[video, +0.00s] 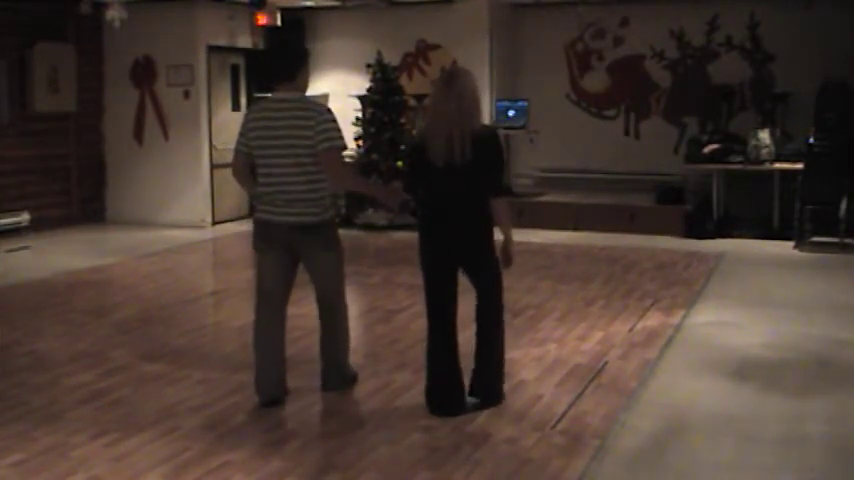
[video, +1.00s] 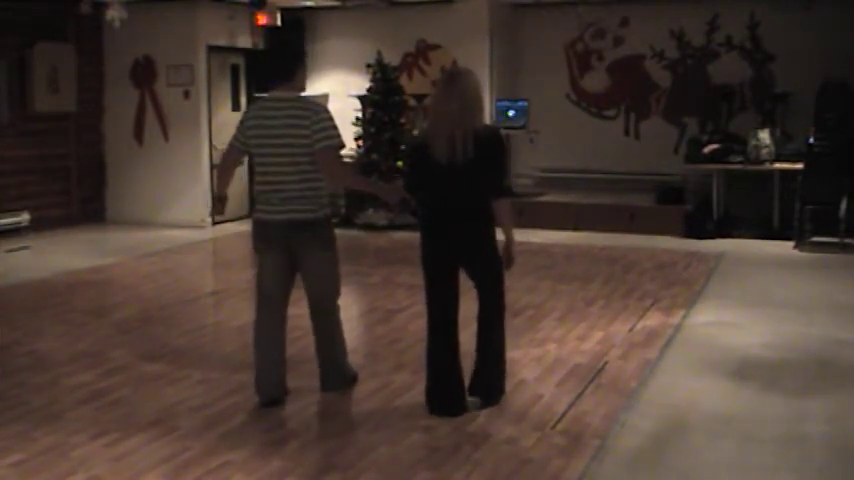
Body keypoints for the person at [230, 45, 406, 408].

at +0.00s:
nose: (307, 72)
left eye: (302, 65)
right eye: (305, 66)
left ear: (270, 70)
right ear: (303, 69)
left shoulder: (256, 113)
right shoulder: (317, 113)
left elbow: (240, 167)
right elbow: (336, 172)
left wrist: (263, 195)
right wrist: (379, 192)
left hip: (270, 226)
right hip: (314, 225)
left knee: (269, 305)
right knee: (331, 300)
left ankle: (269, 389)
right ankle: (335, 374)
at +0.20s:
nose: (307, 72)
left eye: (304, 65)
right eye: (306, 66)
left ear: (269, 69)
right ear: (302, 68)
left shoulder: (255, 113)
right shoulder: (315, 112)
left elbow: (239, 167)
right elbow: (333, 170)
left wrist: (255, 199)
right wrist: (377, 189)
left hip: (270, 225)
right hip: (313, 224)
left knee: (269, 306)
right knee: (327, 301)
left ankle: (269, 388)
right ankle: (334, 375)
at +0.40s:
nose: (306, 72)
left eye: (302, 65)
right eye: (304, 66)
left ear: (269, 70)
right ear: (300, 69)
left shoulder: (255, 112)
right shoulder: (313, 112)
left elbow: (233, 164)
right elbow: (333, 171)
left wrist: (242, 196)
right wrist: (377, 187)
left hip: (268, 225)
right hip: (311, 224)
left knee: (268, 305)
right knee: (324, 302)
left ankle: (269, 388)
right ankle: (334, 374)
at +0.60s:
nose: (305, 72)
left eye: (302, 65)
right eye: (303, 66)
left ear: (268, 71)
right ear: (299, 69)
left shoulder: (255, 112)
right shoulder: (313, 112)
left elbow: (233, 163)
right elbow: (333, 172)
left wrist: (232, 199)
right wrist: (378, 187)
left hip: (268, 224)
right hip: (311, 223)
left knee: (268, 304)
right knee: (324, 302)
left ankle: (269, 388)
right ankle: (335, 375)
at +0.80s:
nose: (305, 72)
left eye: (301, 65)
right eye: (303, 66)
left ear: (268, 70)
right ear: (299, 70)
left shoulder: (255, 112)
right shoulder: (313, 113)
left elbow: (227, 160)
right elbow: (335, 173)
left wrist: (218, 196)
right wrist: (381, 188)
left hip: (267, 225)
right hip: (311, 224)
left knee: (269, 305)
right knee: (324, 301)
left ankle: (269, 389)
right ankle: (335, 375)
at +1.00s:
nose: (305, 72)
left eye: (300, 65)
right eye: (303, 66)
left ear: (268, 71)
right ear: (299, 70)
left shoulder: (255, 112)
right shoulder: (313, 112)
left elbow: (228, 161)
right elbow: (335, 172)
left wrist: (219, 198)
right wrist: (382, 190)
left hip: (267, 225)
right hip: (311, 224)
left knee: (269, 306)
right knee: (324, 302)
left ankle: (269, 389)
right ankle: (335, 375)